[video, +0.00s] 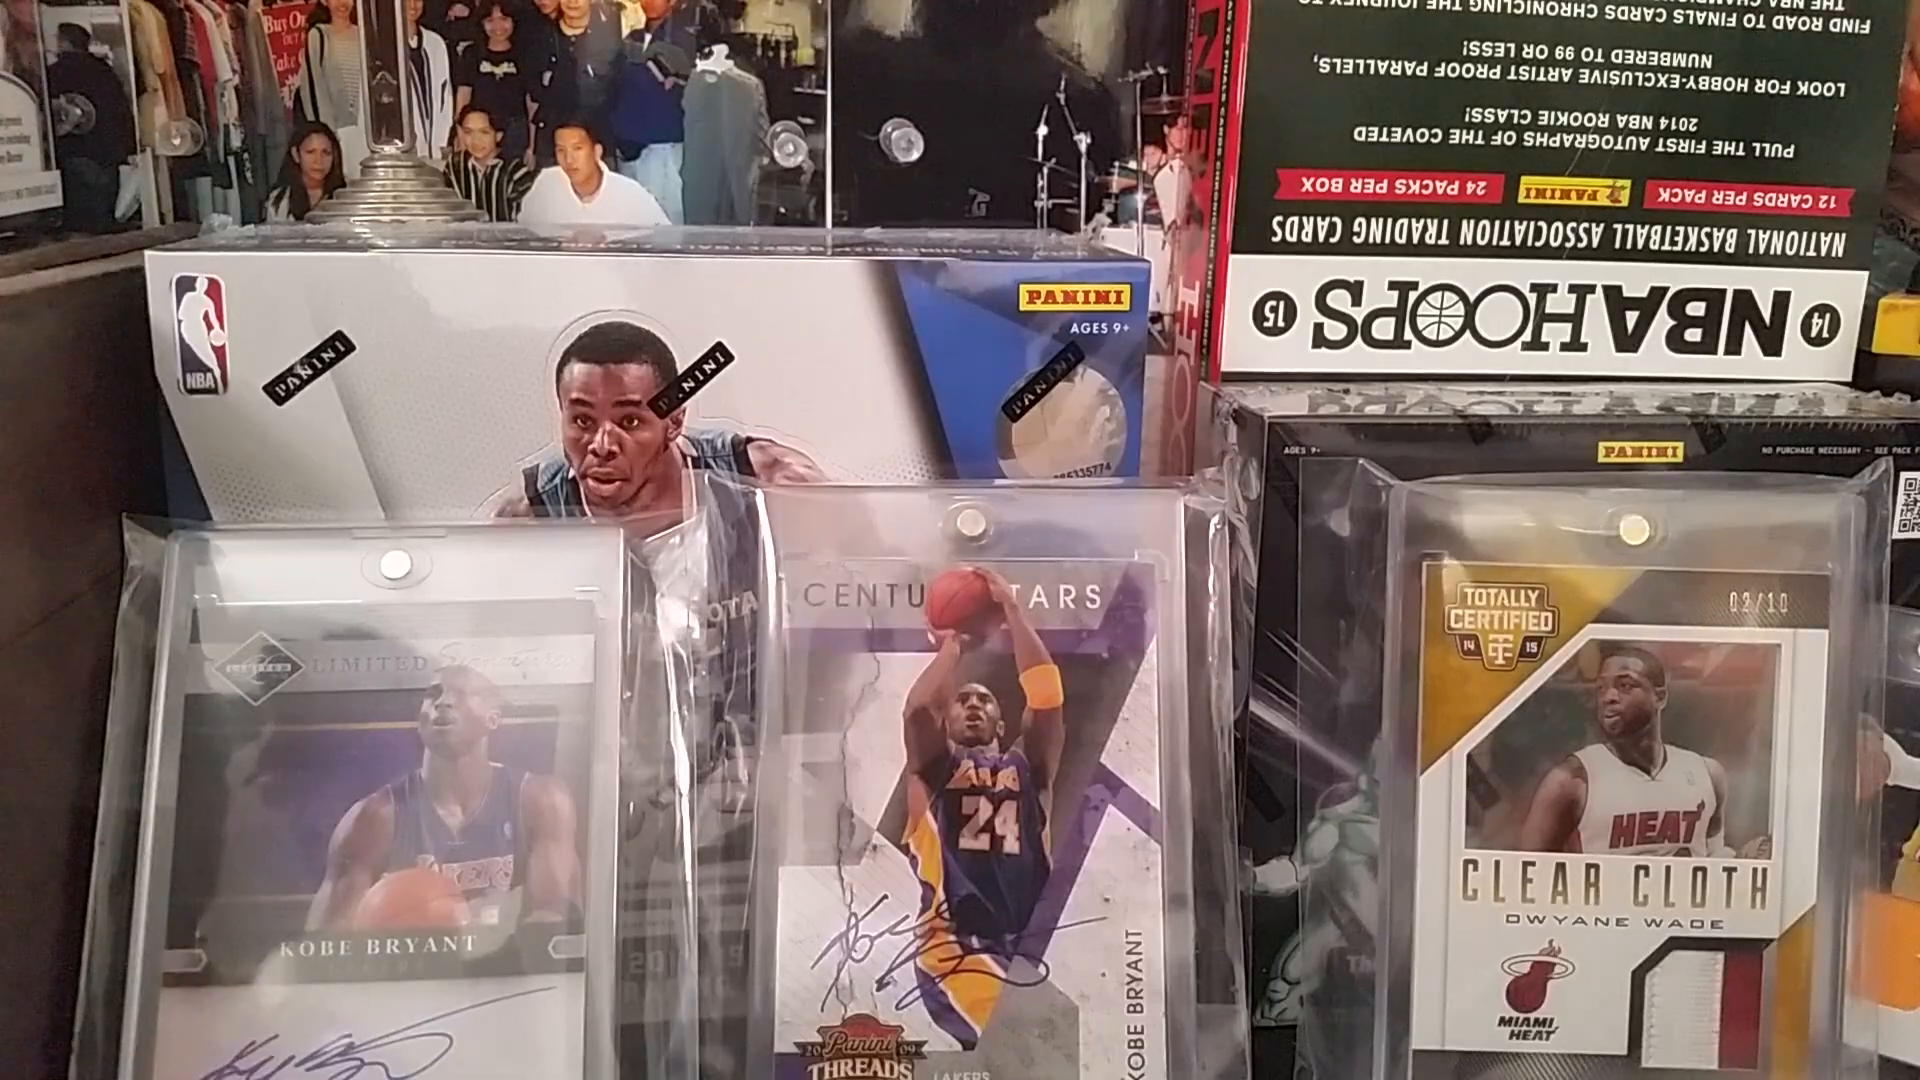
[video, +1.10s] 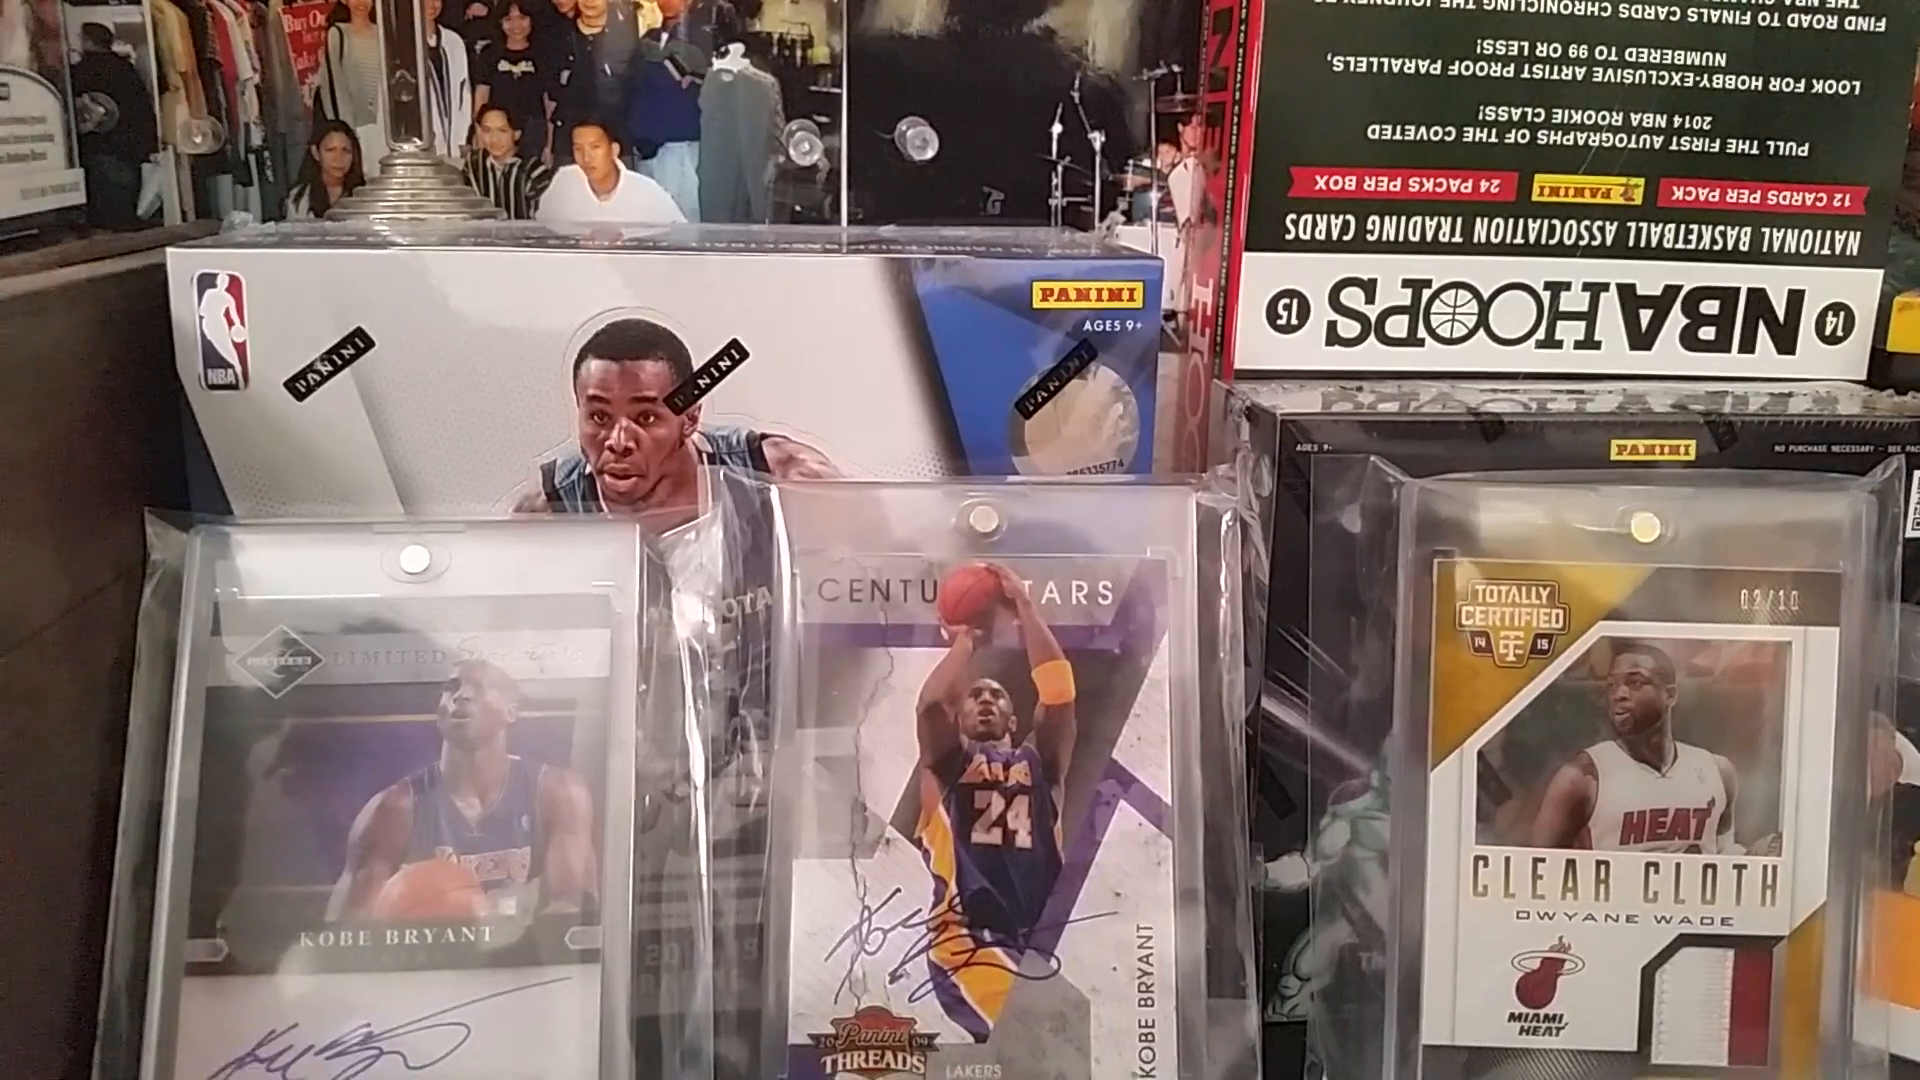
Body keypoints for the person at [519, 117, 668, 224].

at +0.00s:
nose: (569, 161)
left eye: (578, 149)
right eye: (561, 151)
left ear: (597, 152)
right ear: (555, 155)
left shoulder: (629, 192)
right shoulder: (547, 183)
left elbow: (668, 240)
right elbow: (521, 233)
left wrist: (609, 244)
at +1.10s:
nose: (586, 158)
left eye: (595, 148)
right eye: (579, 150)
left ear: (614, 150)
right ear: (573, 153)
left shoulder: (646, 191)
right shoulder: (564, 181)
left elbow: (685, 237)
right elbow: (540, 229)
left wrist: (625, 240)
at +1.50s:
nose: (573, 159)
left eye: (583, 149)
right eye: (567, 151)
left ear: (602, 153)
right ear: (561, 156)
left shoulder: (633, 193)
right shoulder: (553, 183)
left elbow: (669, 239)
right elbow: (528, 232)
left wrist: (614, 244)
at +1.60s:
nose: (538, 156)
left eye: (547, 147)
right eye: (534, 148)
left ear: (570, 150)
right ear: (529, 152)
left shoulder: (603, 189)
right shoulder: (519, 181)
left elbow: (634, 238)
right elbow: (495, 231)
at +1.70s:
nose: (506, 156)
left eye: (514, 147)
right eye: (500, 148)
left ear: (534, 148)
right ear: (494, 152)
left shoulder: (565, 189)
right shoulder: (484, 180)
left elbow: (601, 234)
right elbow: (460, 227)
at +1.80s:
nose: (475, 154)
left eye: (483, 145)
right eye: (468, 146)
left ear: (503, 148)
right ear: (463, 149)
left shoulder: (535, 186)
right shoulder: (454, 178)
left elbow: (572, 233)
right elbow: (430, 226)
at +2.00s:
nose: (462, 154)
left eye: (471, 144)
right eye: (455, 146)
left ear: (490, 147)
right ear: (449, 150)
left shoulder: (522, 186)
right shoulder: (442, 177)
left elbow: (559, 233)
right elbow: (418, 226)